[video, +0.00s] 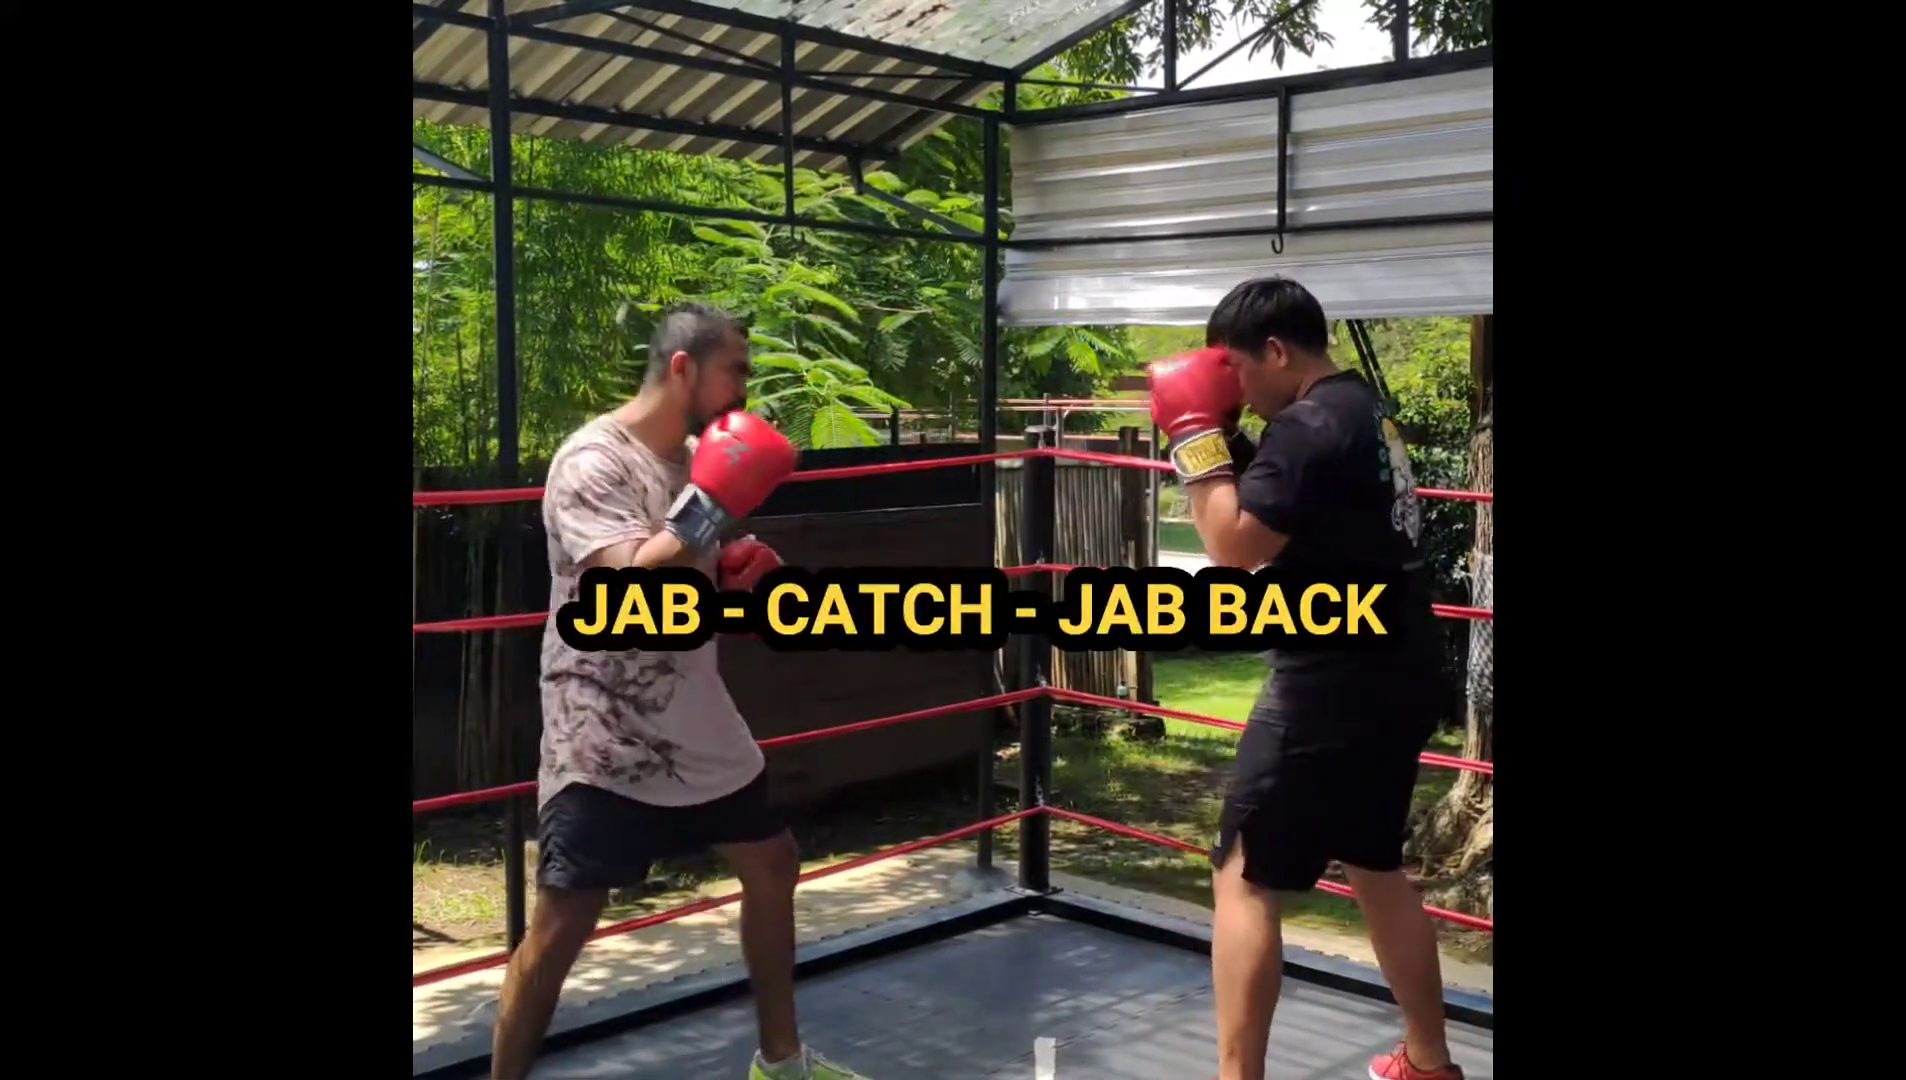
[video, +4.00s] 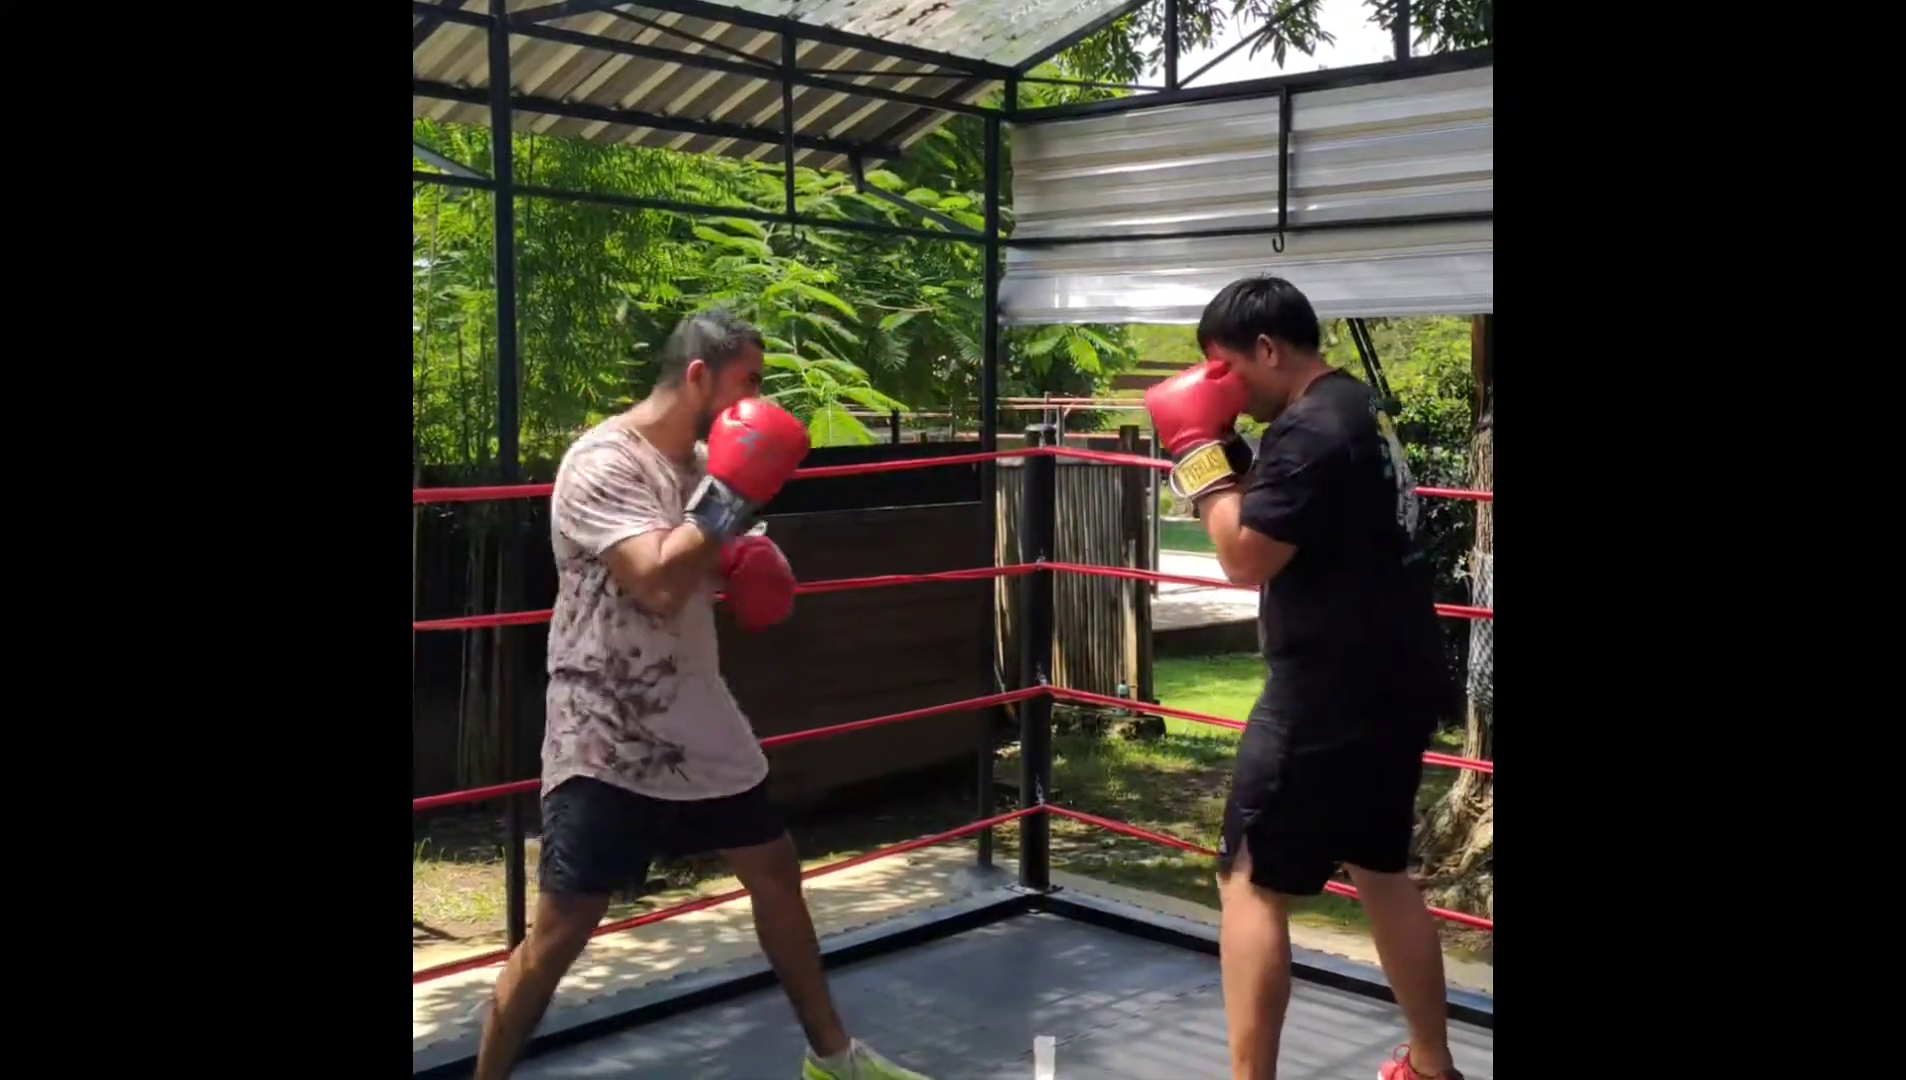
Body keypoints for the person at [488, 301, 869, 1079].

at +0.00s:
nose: (744, 392)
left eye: (747, 375)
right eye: (735, 372)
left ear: (689, 373)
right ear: (682, 368)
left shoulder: (700, 462)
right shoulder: (586, 463)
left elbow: (684, 575)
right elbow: (628, 572)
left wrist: (729, 575)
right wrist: (712, 500)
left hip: (697, 716)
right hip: (600, 729)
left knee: (772, 867)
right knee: (558, 930)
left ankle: (782, 1056)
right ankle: (504, 1076)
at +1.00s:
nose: (738, 375)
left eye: (740, 358)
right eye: (733, 357)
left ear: (677, 356)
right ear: (692, 355)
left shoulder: (673, 442)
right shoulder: (628, 446)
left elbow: (674, 554)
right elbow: (756, 507)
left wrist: (729, 576)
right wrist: (814, 408)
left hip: (698, 715)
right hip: (624, 725)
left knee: (756, 863)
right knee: (571, 921)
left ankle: (759, 1055)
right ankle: (497, 1073)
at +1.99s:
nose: (720, 412)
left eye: (723, 394)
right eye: (712, 391)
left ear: (661, 389)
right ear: (658, 385)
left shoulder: (664, 481)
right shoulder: (569, 485)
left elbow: (654, 617)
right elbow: (629, 610)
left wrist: (708, 619)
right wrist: (701, 518)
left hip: (688, 740)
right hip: (592, 755)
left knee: (774, 869)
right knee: (560, 948)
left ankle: (802, 1055)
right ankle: (488, 1074)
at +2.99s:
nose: (773, 378)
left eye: (772, 363)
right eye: (762, 362)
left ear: (709, 366)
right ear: (713, 364)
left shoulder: (677, 431)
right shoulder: (683, 444)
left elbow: (686, 550)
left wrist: (747, 571)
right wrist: (840, 419)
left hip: (693, 707)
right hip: (626, 711)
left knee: (750, 854)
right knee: (575, 919)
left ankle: (753, 1051)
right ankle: (497, 1072)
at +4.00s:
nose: (751, 401)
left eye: (756, 387)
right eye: (745, 383)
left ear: (701, 378)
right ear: (698, 374)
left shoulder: (704, 468)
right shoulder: (598, 462)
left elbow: (701, 577)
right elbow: (657, 585)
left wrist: (750, 587)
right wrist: (729, 499)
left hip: (702, 722)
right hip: (603, 729)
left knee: (776, 878)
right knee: (560, 932)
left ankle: (832, 1052)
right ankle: (487, 1073)